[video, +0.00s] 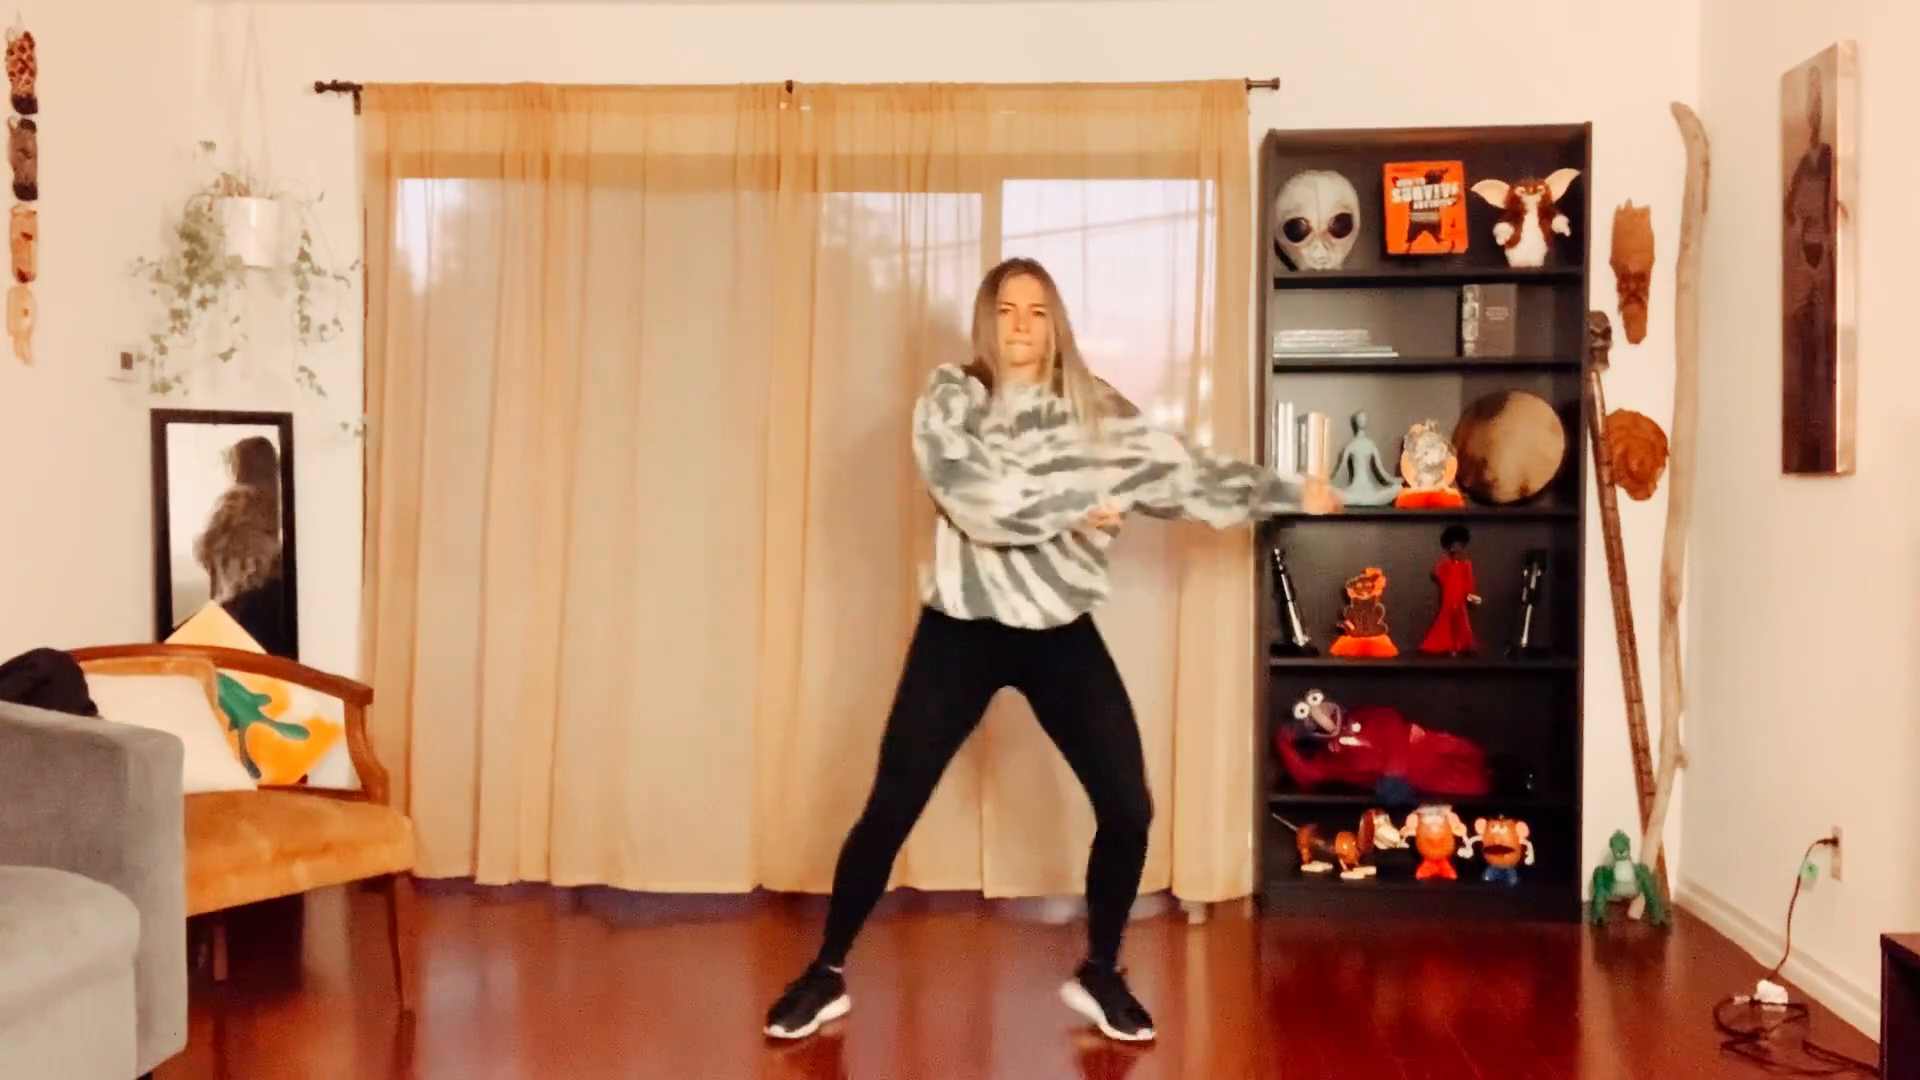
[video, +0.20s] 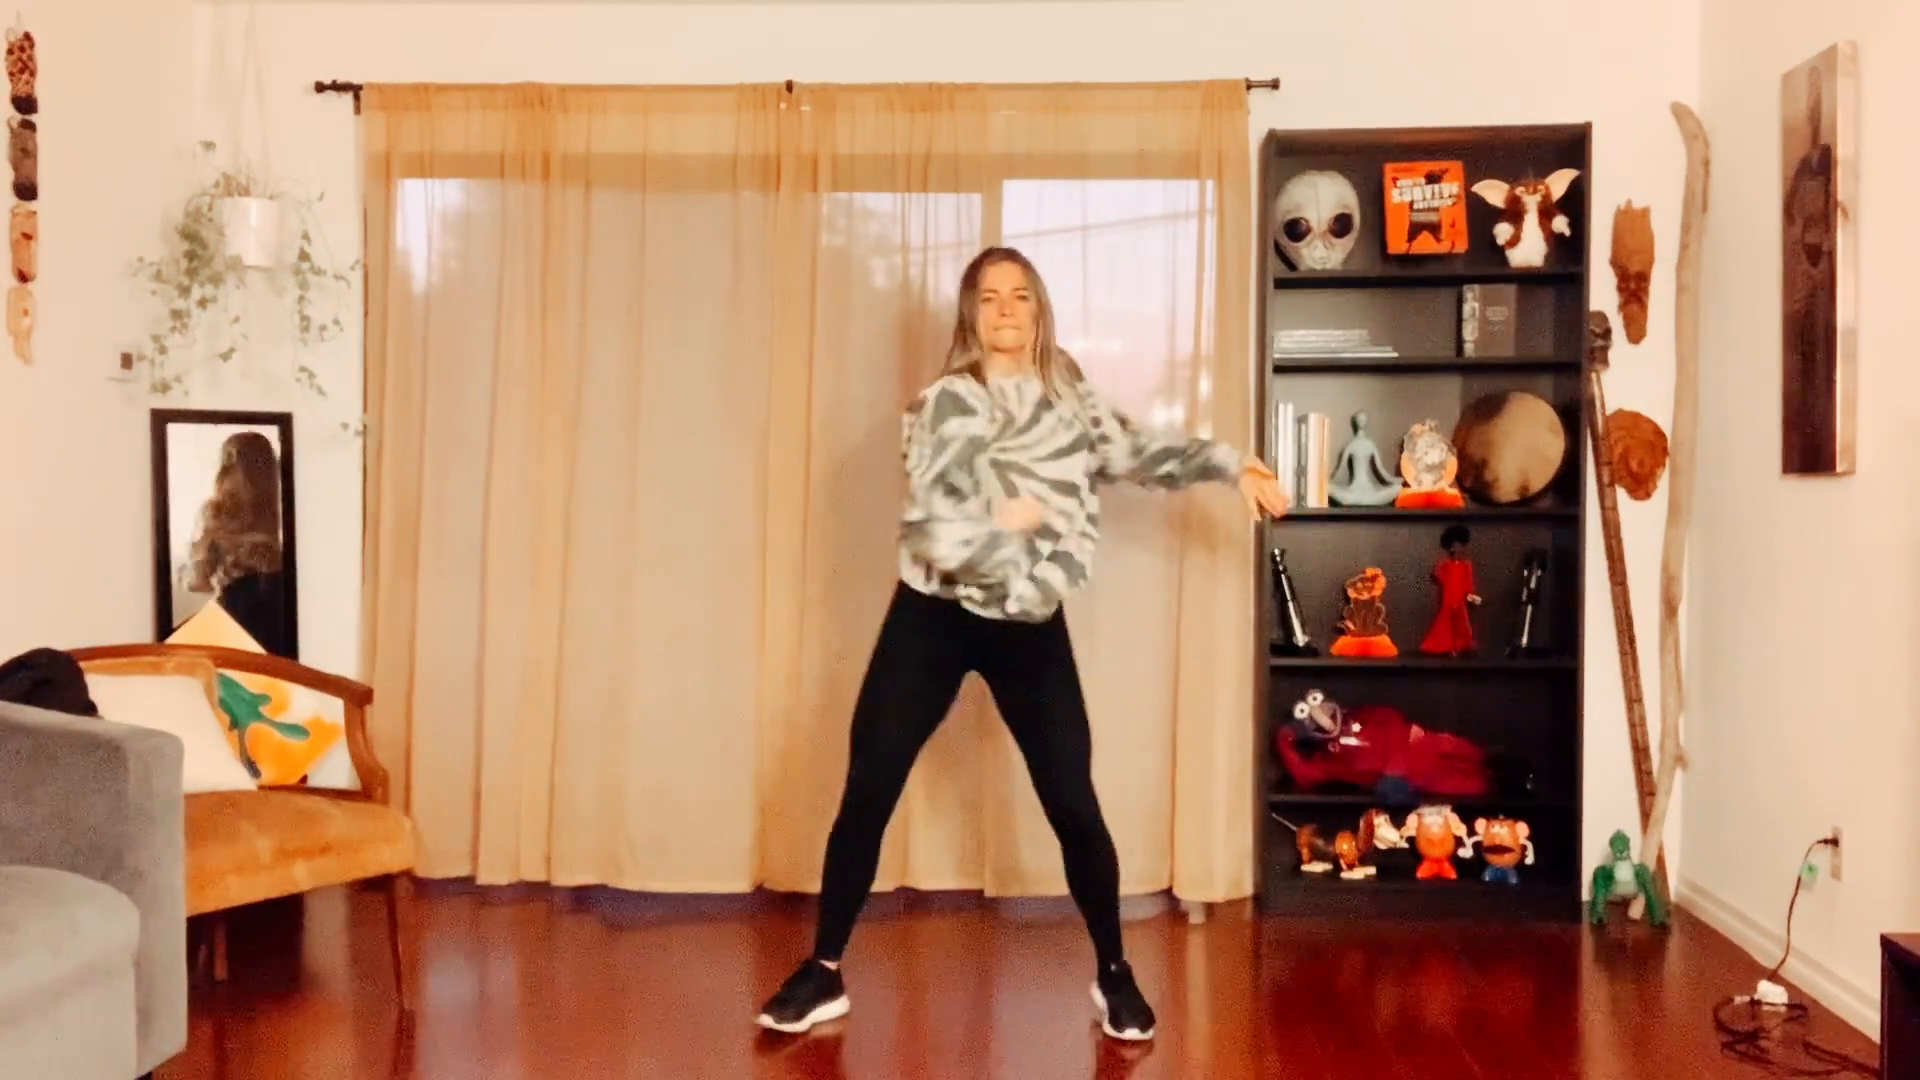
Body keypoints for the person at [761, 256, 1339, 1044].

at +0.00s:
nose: (1021, 323)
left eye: (1035, 311)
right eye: (1008, 310)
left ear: (1057, 324)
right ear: (985, 322)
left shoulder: (1091, 406)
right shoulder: (952, 393)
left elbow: (1181, 473)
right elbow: (968, 495)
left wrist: (1292, 491)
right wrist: (1077, 508)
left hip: (1058, 629)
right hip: (960, 626)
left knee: (1127, 808)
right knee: (891, 804)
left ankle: (1100, 972)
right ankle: (826, 972)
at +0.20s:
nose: (1004, 309)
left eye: (1018, 297)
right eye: (989, 297)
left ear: (1040, 310)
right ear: (968, 311)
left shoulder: (1072, 400)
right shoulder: (946, 402)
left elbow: (1140, 454)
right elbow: (929, 530)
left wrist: (1234, 464)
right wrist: (1007, 517)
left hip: (1029, 622)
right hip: (931, 614)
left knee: (1076, 810)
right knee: (867, 792)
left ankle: (1115, 974)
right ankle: (823, 969)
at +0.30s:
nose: (978, 300)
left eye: (991, 287)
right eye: (963, 290)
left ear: (1015, 301)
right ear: (940, 308)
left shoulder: (1050, 400)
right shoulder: (904, 397)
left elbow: (1119, 473)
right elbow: (852, 499)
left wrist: (1211, 498)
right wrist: (894, 518)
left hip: (1011, 615)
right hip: (910, 613)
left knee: (1059, 800)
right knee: (853, 790)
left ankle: (1110, 970)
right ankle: (823, 970)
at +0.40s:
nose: (933, 295)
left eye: (950, 282)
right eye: (918, 283)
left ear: (974, 296)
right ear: (899, 298)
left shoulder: (1017, 388)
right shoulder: (860, 371)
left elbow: (1081, 483)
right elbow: (783, 436)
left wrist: (1185, 513)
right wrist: (798, 461)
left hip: (982, 609)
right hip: (885, 608)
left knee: (1020, 786)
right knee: (842, 783)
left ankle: (1090, 962)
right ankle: (820, 971)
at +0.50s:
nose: (897, 293)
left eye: (913, 281)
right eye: (883, 281)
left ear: (937, 297)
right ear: (860, 294)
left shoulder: (975, 396)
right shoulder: (821, 360)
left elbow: (1058, 481)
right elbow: (766, 373)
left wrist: (1160, 520)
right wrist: (765, 412)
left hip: (944, 605)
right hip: (848, 604)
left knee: (976, 786)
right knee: (817, 783)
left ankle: (1034, 965)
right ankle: (816, 972)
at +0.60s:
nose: (872, 294)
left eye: (888, 283)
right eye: (859, 281)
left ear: (912, 297)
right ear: (834, 293)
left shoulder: (940, 399)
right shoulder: (803, 353)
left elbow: (1032, 472)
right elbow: (748, 353)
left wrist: (1139, 529)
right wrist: (752, 375)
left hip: (907, 604)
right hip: (818, 603)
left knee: (917, 793)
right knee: (800, 786)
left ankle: (954, 964)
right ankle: (814, 971)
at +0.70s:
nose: (849, 297)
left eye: (865, 285)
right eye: (837, 285)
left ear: (894, 297)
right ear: (818, 298)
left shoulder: (928, 395)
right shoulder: (798, 373)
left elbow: (1028, 472)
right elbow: (735, 404)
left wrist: (1137, 521)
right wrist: (719, 371)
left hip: (876, 605)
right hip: (797, 600)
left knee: (809, 779)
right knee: (778, 781)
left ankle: (864, 946)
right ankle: (807, 964)